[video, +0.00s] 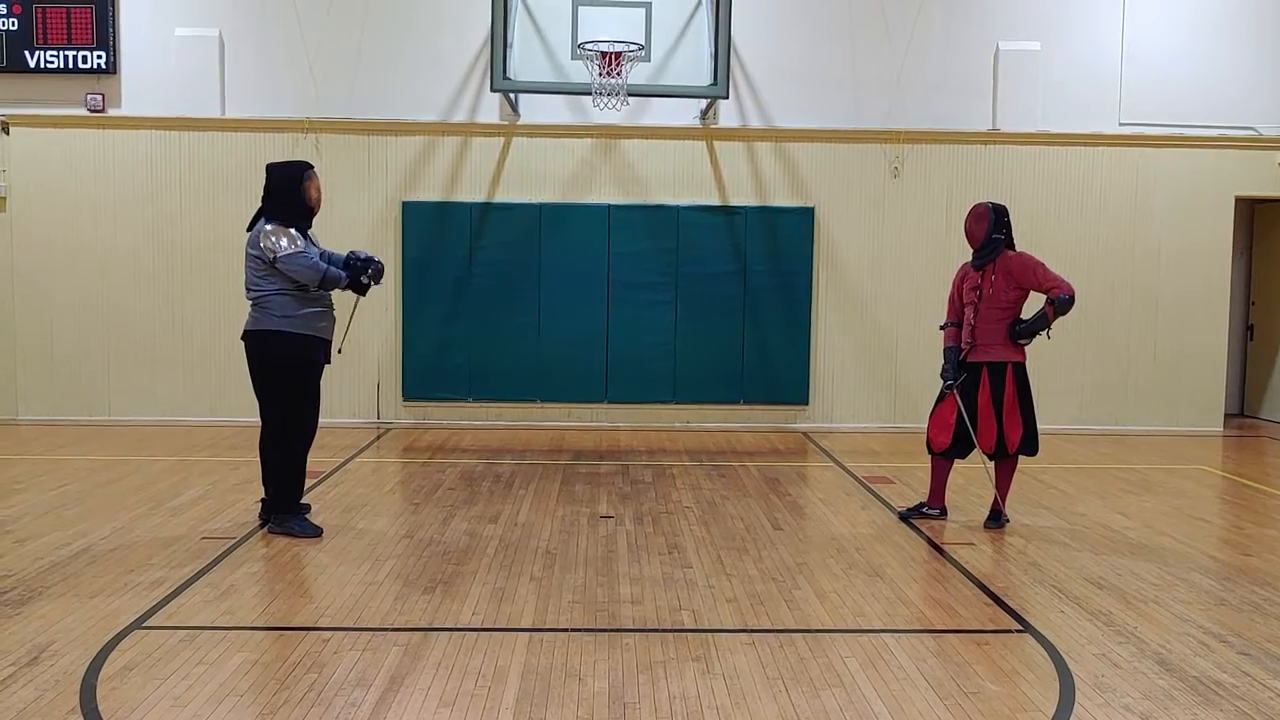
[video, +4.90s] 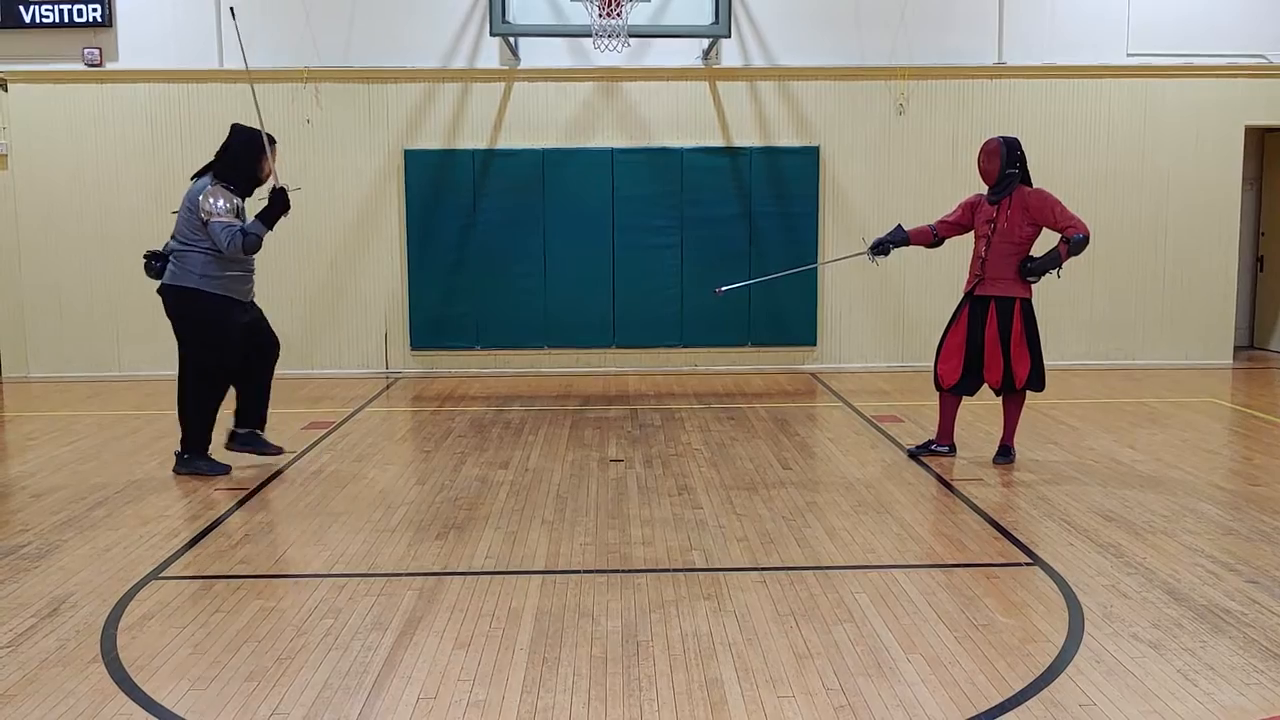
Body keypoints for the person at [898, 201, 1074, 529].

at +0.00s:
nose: (968, 232)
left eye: (974, 225)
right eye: (969, 225)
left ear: (992, 227)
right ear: (980, 228)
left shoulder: (1016, 263)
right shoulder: (966, 272)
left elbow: (1064, 293)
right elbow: (953, 320)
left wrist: (1032, 326)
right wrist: (950, 361)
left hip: (1004, 365)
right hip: (967, 365)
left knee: (1006, 435)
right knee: (943, 428)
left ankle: (998, 508)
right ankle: (935, 503)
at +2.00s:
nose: (959, 189)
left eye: (965, 182)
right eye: (959, 182)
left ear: (984, 185)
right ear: (969, 186)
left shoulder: (1008, 220)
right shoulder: (961, 232)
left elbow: (1058, 251)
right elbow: (951, 283)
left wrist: (1028, 283)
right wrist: (940, 322)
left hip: (1000, 323)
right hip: (962, 324)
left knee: (1003, 394)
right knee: (938, 388)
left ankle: (997, 467)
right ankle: (934, 462)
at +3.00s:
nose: (963, 181)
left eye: (968, 174)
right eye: (962, 175)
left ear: (988, 175)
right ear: (969, 177)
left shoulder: (1014, 209)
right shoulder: (965, 218)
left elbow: (1062, 241)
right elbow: (941, 262)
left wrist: (1031, 273)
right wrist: (904, 287)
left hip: (1004, 309)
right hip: (967, 310)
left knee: (1005, 379)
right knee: (943, 373)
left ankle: (998, 454)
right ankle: (934, 450)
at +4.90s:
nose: (981, 168)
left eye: (986, 161)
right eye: (980, 161)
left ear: (1007, 162)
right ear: (987, 163)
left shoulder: (1033, 199)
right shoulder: (977, 204)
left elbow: (1079, 232)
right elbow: (937, 231)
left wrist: (1045, 262)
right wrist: (894, 239)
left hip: (1013, 300)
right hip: (975, 298)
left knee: (1013, 371)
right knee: (950, 363)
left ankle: (1006, 444)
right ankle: (943, 440)